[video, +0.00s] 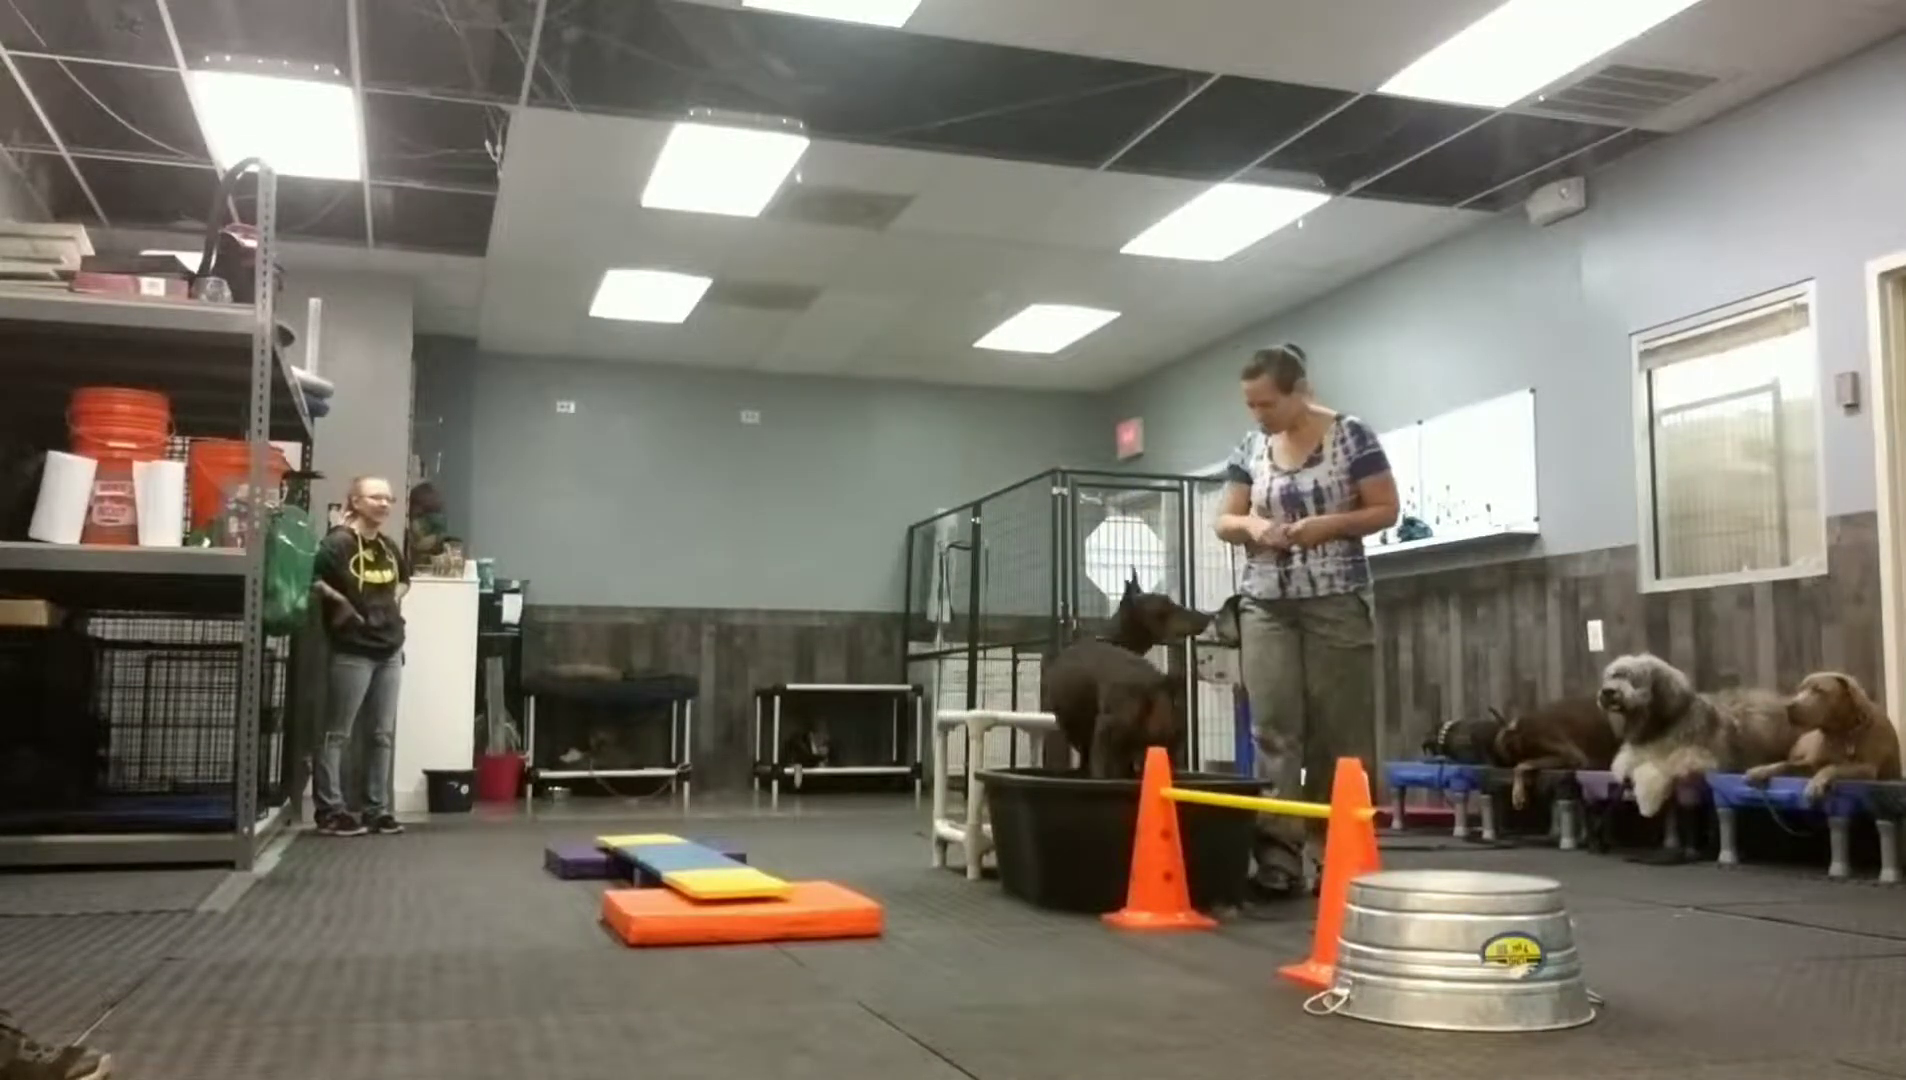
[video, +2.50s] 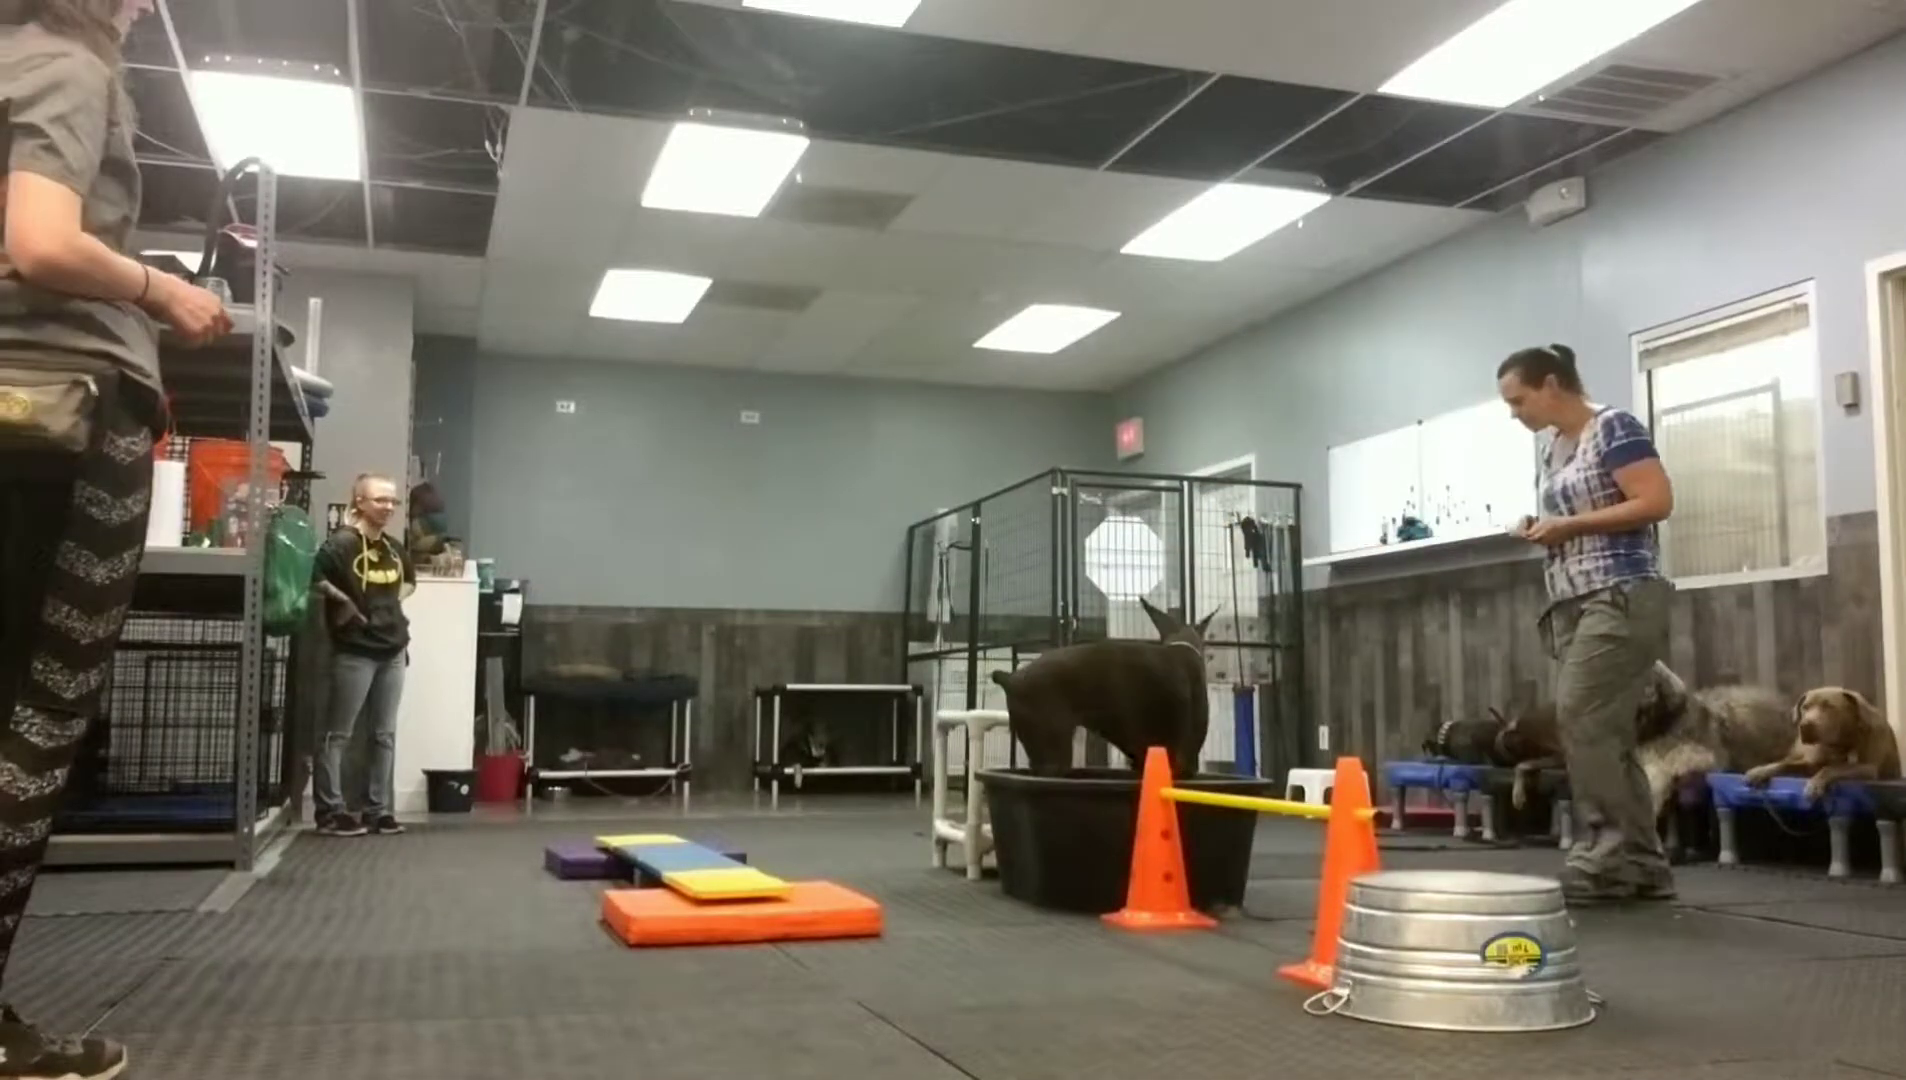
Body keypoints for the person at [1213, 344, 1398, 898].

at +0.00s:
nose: (1257, 417)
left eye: (1264, 405)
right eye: (1251, 407)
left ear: (1298, 393)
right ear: (1254, 401)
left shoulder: (1349, 436)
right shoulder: (1254, 450)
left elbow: (1386, 510)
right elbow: (1224, 524)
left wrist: (1328, 526)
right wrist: (1254, 527)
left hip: (1335, 605)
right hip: (1266, 608)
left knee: (1340, 735)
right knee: (1275, 732)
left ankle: (1334, 858)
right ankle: (1280, 856)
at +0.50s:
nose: (1215, 407)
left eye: (1218, 394)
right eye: (1209, 398)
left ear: (1251, 374)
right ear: (1240, 382)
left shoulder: (1316, 414)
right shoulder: (1243, 441)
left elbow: (1357, 497)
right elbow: (1250, 516)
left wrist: (1277, 514)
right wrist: (1199, 525)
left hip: (1318, 595)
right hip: (1259, 601)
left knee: (1316, 732)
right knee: (1272, 734)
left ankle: (1325, 866)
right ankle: (1292, 858)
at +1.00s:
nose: (1209, 414)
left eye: (1209, 402)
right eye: (1203, 406)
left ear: (1238, 381)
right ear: (1233, 387)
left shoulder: (1310, 415)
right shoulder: (1245, 449)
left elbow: (1354, 494)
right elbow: (1215, 511)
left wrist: (1274, 519)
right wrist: (1162, 557)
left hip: (1324, 594)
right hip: (1272, 601)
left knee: (1323, 730)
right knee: (1281, 731)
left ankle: (1325, 869)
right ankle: (1293, 862)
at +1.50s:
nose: (1228, 413)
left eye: (1230, 400)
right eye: (1221, 405)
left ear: (1260, 378)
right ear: (1240, 391)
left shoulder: (1323, 417)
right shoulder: (1247, 445)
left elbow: (1367, 498)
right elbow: (1240, 512)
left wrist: (1286, 517)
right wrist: (1237, 531)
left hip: (1329, 595)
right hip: (1272, 601)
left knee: (1327, 731)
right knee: (1281, 731)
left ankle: (1331, 867)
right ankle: (1292, 861)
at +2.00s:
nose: (1300, 423)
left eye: (1300, 409)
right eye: (1293, 414)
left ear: (1330, 388)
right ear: (1321, 398)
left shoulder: (1392, 427)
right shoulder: (1332, 456)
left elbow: (1427, 509)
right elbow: (1349, 531)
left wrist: (1341, 523)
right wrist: (1300, 542)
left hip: (1388, 602)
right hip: (1336, 607)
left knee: (1387, 740)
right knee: (1311, 729)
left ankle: (1462, 867)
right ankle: (1298, 867)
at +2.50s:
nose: (1517, 416)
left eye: (1518, 403)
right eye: (1512, 407)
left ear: (1549, 385)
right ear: (1546, 391)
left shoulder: (1613, 426)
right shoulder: (1554, 454)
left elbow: (1656, 501)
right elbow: (1583, 523)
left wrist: (1570, 524)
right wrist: (1542, 528)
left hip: (1622, 598)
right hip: (1575, 607)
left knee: (1580, 714)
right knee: (1600, 727)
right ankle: (1643, 859)